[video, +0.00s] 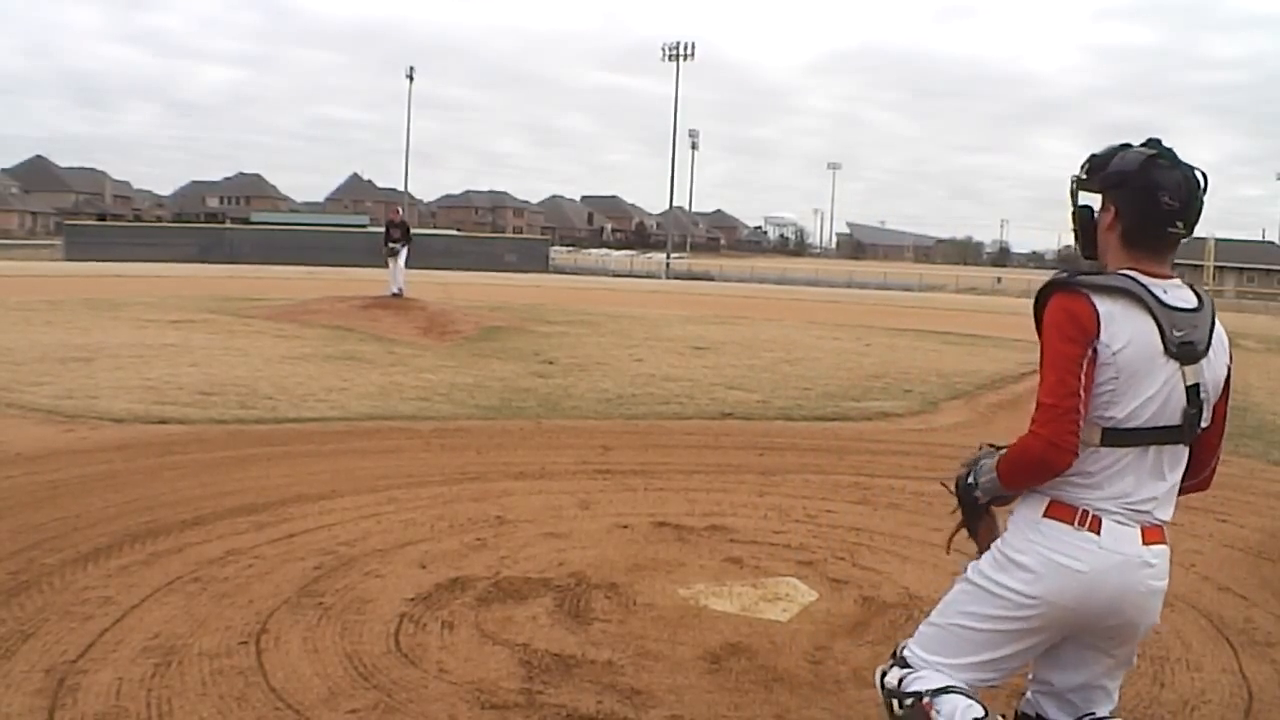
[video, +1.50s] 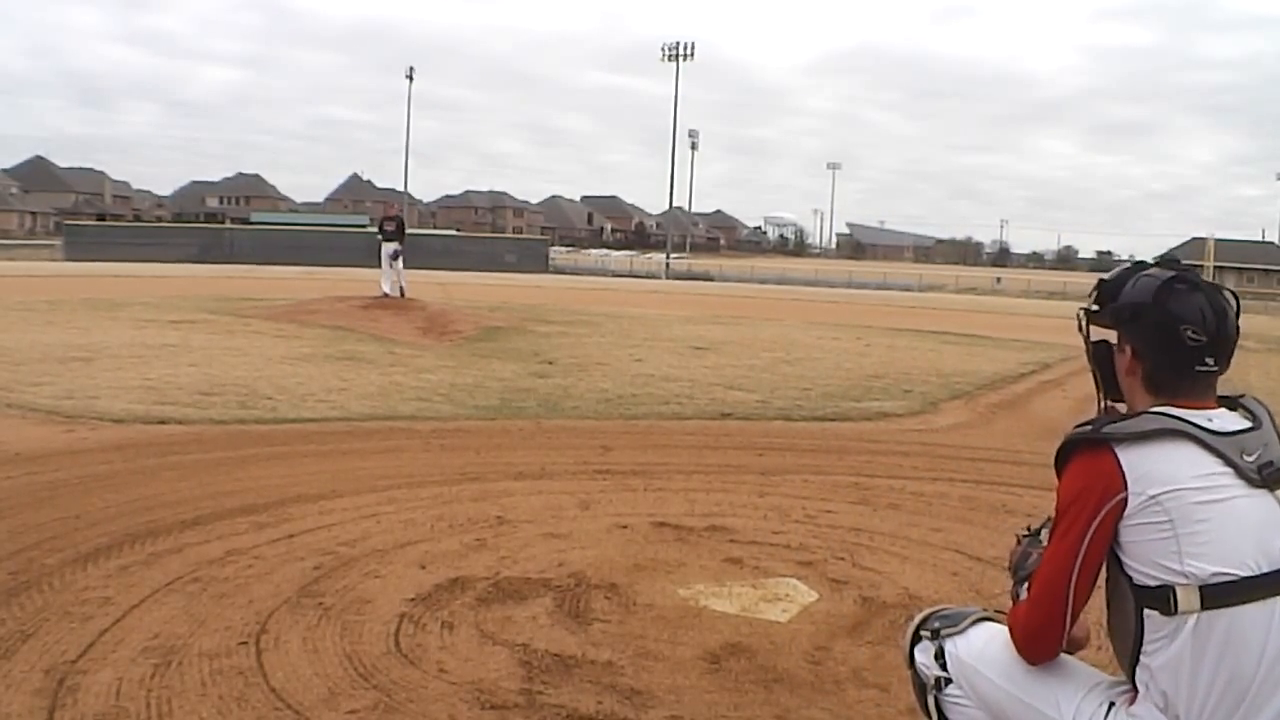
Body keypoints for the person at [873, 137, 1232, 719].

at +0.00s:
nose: (1091, 213)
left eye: (1097, 202)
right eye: (1094, 201)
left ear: (1112, 215)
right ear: (1177, 226)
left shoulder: (1080, 302)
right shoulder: (1212, 331)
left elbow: (1052, 446)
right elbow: (1198, 473)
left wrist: (983, 483)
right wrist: (1108, 473)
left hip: (1054, 544)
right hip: (1146, 558)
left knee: (918, 673)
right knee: (1069, 710)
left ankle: (966, 714)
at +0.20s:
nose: (1113, 233)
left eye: (1119, 221)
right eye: (1117, 219)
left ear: (1133, 234)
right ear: (1203, 247)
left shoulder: (1106, 325)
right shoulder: (1226, 339)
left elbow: (1037, 473)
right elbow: (1219, 485)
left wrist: (1022, 489)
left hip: (1078, 593)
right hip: (1166, 604)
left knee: (914, 692)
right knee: (1054, 713)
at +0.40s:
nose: (1122, 284)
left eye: (1127, 272)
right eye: (1126, 269)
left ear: (1141, 287)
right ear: (1214, 294)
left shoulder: (1127, 389)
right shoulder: (1240, 382)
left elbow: (1001, 522)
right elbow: (1249, 522)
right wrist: (1089, 517)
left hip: (1107, 671)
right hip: (1187, 674)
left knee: (895, 682)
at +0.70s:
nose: (1108, 291)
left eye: (1114, 280)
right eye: (1112, 278)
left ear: (1128, 295)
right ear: (1205, 306)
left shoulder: (1113, 399)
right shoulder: (1247, 382)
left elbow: (965, 518)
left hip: (1141, 701)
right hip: (1237, 697)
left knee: (902, 653)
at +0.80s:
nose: (1099, 289)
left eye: (1105, 278)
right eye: (1104, 276)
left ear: (1121, 293)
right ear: (1198, 301)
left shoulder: (1100, 393)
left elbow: (980, 548)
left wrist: (1091, 488)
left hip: (1161, 701)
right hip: (1265, 694)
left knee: (908, 646)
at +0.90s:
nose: (1090, 314)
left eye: (1097, 300)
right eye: (1095, 299)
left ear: (1115, 313)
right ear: (1196, 318)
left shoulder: (1096, 415)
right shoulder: (1245, 394)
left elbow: (1005, 591)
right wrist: (1084, 502)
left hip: (1162, 702)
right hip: (1264, 699)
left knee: (912, 645)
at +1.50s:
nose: (1111, 355)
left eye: (1114, 344)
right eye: (1112, 342)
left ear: (1130, 359)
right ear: (1215, 358)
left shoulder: (1110, 455)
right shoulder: (1261, 429)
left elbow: (1036, 644)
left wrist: (1033, 575)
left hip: (1168, 714)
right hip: (1265, 706)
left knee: (943, 641)